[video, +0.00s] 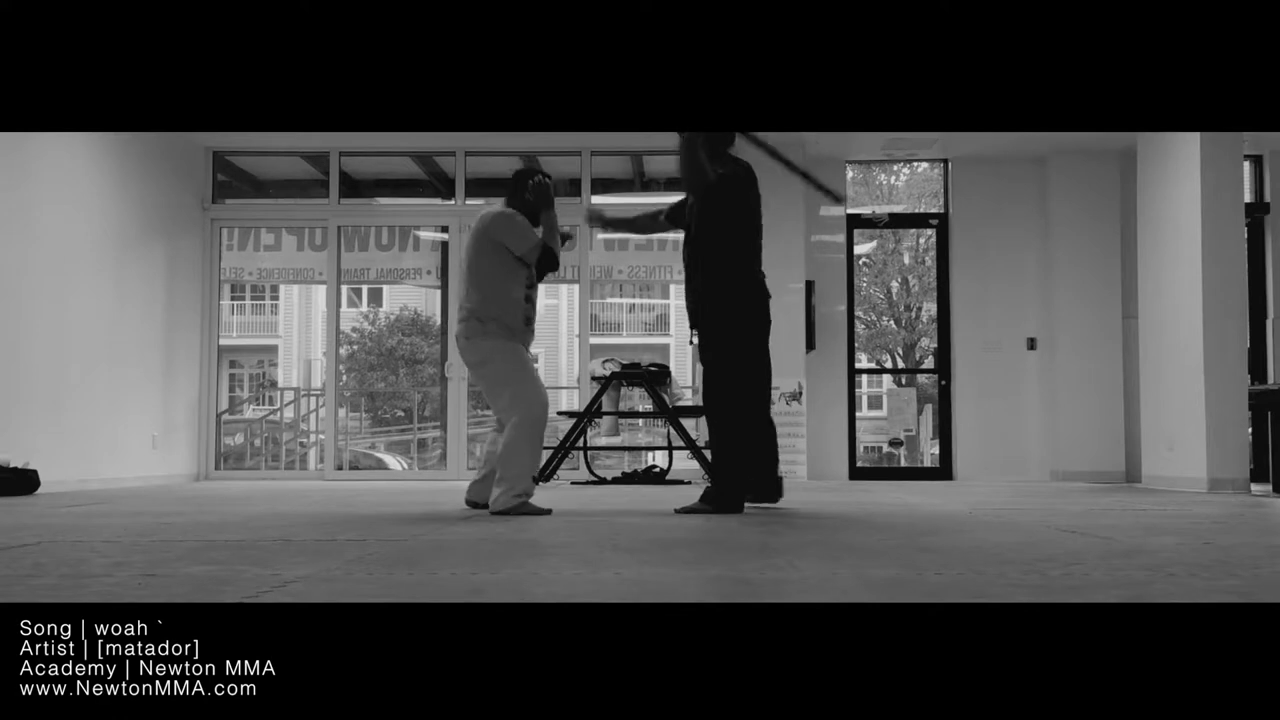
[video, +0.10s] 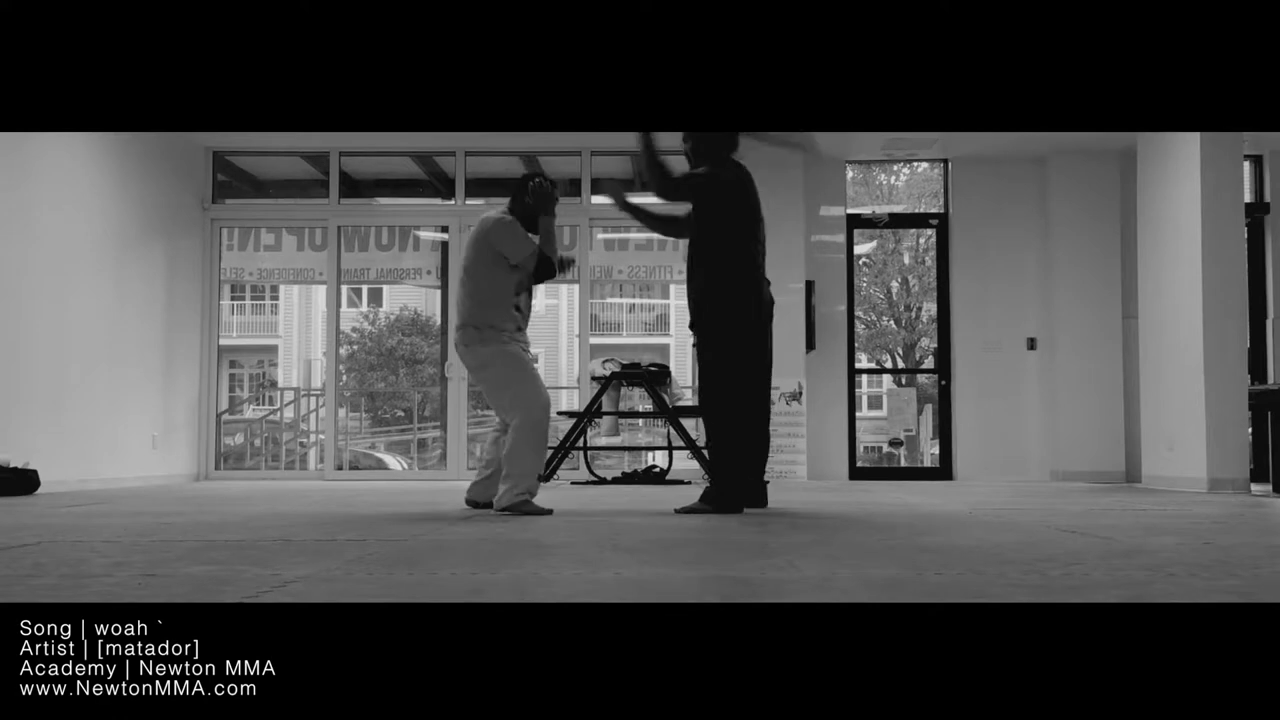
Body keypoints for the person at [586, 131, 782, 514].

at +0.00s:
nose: (684, 155)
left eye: (692, 146)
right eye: (688, 149)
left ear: (706, 144)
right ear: (721, 143)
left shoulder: (736, 176)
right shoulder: (708, 190)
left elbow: (698, 186)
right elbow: (659, 219)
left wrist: (688, 141)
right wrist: (607, 221)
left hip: (734, 312)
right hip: (725, 312)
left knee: (724, 399)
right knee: (746, 396)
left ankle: (725, 494)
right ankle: (764, 483)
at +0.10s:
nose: (686, 148)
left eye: (691, 141)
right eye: (687, 142)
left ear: (707, 142)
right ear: (723, 144)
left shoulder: (723, 177)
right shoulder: (728, 183)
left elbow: (666, 185)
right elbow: (681, 226)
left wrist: (645, 141)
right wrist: (626, 205)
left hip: (727, 312)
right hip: (738, 310)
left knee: (721, 399)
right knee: (742, 398)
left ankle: (725, 494)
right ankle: (748, 490)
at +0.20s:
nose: (688, 152)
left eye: (692, 145)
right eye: (690, 146)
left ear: (705, 146)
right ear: (729, 147)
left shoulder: (713, 181)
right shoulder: (742, 184)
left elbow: (661, 208)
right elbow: (703, 241)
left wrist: (619, 196)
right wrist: (664, 221)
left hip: (724, 313)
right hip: (751, 312)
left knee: (716, 398)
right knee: (746, 397)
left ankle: (722, 493)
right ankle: (747, 488)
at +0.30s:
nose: (691, 152)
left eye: (694, 145)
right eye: (692, 146)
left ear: (706, 147)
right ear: (735, 149)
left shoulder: (705, 186)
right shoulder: (750, 188)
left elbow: (662, 230)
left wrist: (629, 255)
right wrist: (673, 216)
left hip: (722, 317)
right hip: (759, 315)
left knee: (716, 400)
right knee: (750, 399)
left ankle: (720, 493)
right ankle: (748, 488)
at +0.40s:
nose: (691, 159)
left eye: (693, 151)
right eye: (692, 151)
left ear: (704, 151)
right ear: (734, 153)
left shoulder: (701, 188)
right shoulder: (753, 193)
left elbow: (671, 237)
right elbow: (759, 253)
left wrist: (662, 265)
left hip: (719, 317)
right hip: (760, 317)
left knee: (715, 400)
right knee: (752, 400)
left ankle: (718, 492)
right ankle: (749, 489)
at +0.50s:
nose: (688, 158)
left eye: (691, 150)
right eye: (689, 150)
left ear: (701, 152)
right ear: (732, 152)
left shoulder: (703, 188)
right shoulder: (752, 192)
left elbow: (665, 227)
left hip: (722, 315)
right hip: (760, 314)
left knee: (715, 399)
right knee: (753, 398)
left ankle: (718, 492)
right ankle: (750, 489)